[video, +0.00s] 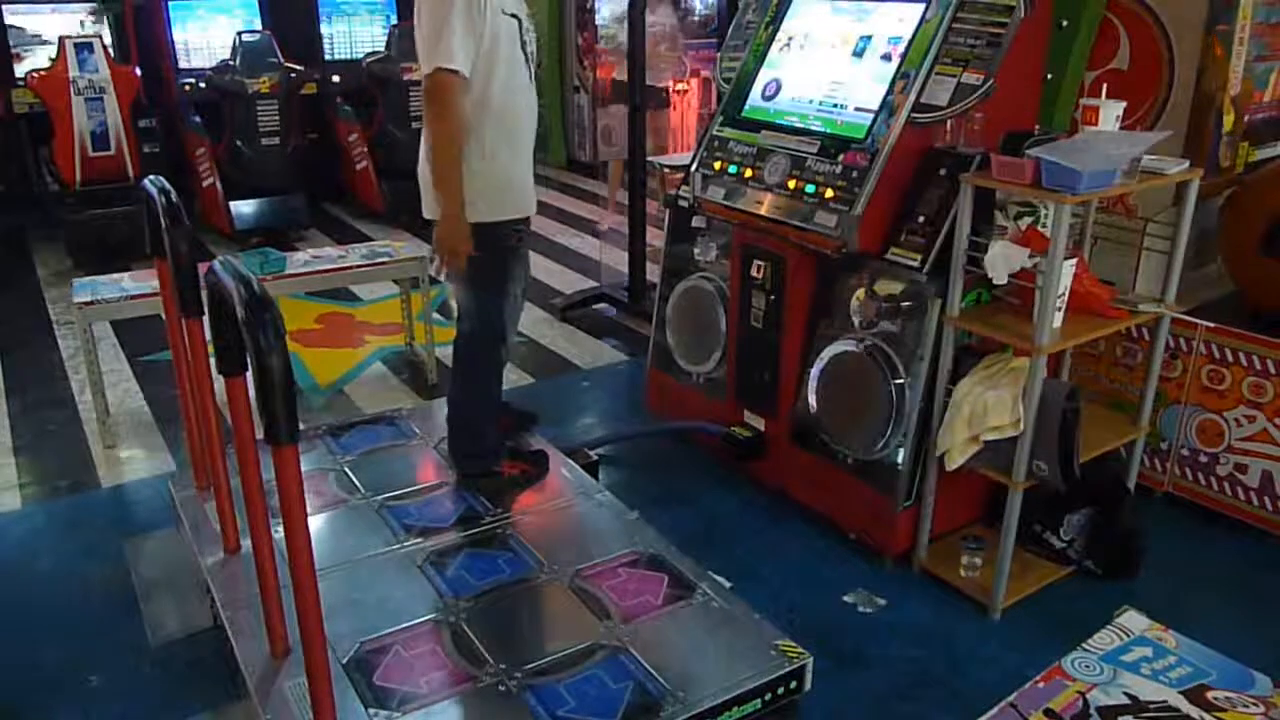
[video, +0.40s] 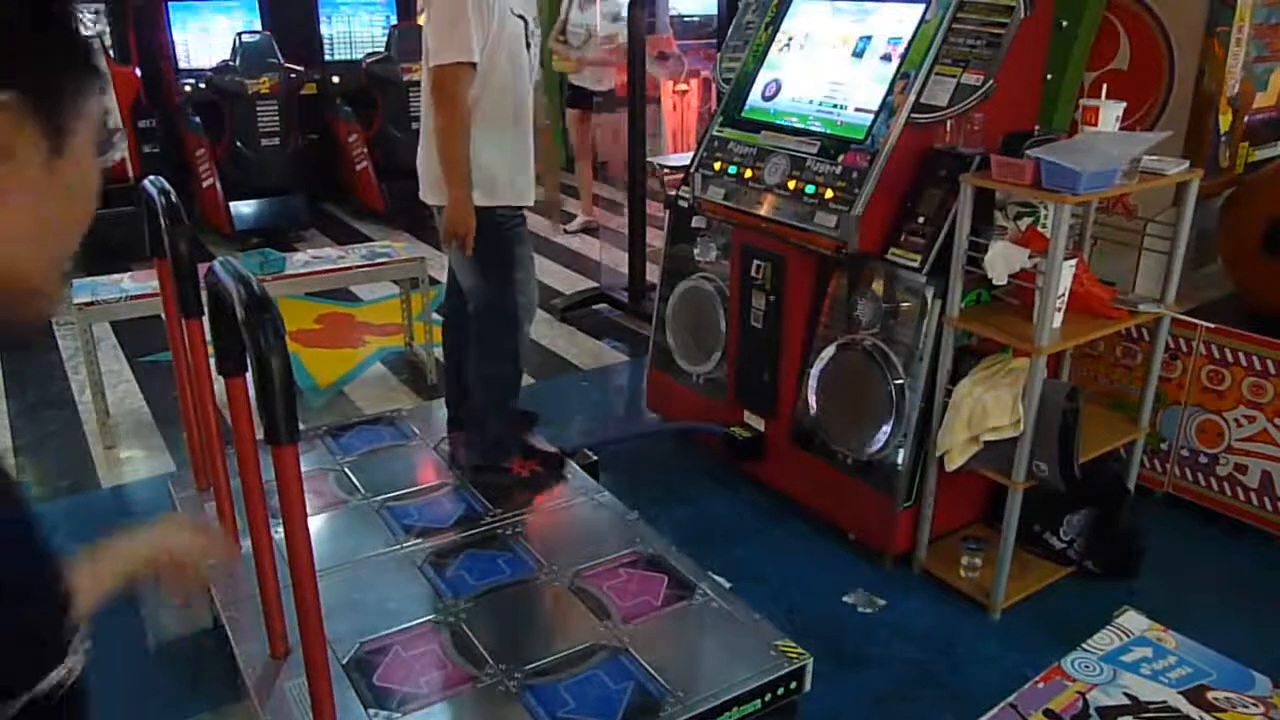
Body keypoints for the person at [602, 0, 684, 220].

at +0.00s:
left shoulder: (667, 11)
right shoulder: (620, 12)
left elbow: (677, 51)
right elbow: (609, 51)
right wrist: (648, 52)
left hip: (657, 85)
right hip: (624, 84)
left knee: (660, 149)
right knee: (618, 149)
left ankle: (662, 205)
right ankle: (611, 209)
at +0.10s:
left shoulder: (656, 11)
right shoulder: (607, 8)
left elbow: (669, 54)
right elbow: (590, 47)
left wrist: (646, 60)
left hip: (650, 88)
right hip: (615, 86)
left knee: (657, 156)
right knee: (602, 154)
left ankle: (664, 209)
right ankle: (593, 213)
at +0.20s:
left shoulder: (655, 5)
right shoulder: (598, 5)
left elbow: (668, 47)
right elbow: (579, 48)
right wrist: (603, 53)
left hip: (646, 89)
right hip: (606, 87)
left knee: (655, 158)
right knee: (592, 153)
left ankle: (665, 215)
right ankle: (588, 213)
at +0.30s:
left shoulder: (631, 6)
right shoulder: (583, 4)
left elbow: (640, 50)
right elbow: (564, 44)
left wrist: (603, 62)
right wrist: (595, 58)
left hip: (620, 86)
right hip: (587, 83)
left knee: (630, 156)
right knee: (582, 150)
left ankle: (641, 214)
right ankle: (587, 212)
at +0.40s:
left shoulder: (618, 7)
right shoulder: (571, 4)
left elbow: (623, 56)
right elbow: (552, 41)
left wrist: (584, 60)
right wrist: (572, 55)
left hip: (610, 84)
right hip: (579, 82)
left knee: (616, 155)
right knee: (581, 152)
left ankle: (632, 220)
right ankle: (586, 213)